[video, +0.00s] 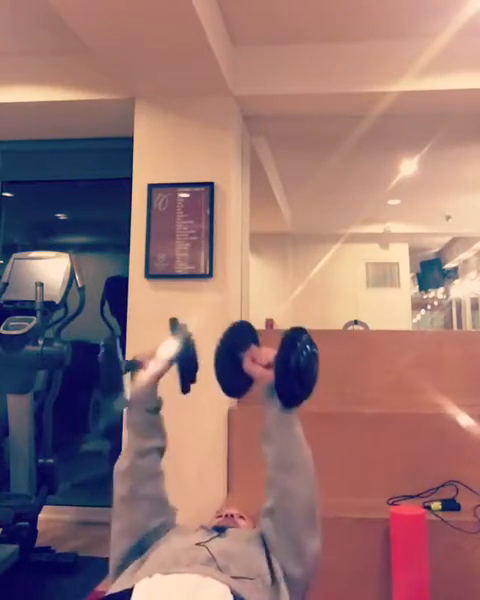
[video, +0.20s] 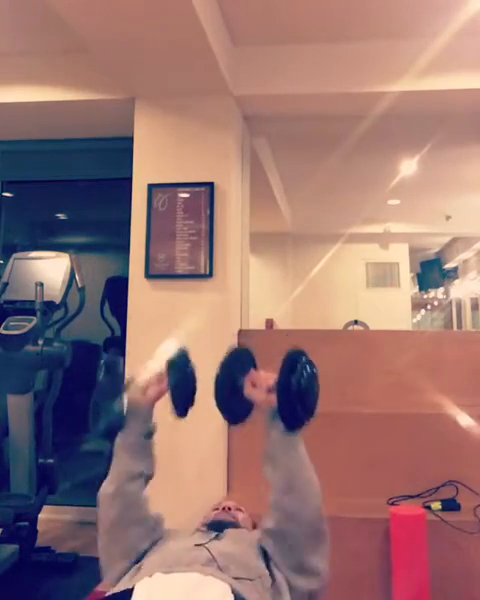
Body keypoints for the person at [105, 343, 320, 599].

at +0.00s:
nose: (228, 515)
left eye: (241, 518)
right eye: (221, 515)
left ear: (256, 532)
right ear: (204, 526)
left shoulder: (277, 559)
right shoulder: (149, 545)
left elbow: (293, 488)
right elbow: (137, 473)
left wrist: (274, 393)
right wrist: (143, 391)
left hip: (221, 589)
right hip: (143, 587)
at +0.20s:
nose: (226, 507)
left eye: (238, 510)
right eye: (218, 507)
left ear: (255, 529)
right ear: (199, 522)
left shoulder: (277, 561)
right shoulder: (144, 552)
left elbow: (299, 506)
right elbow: (120, 493)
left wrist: (277, 414)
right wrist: (139, 410)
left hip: (219, 589)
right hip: (145, 588)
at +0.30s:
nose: (225, 505)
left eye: (236, 507)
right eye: (217, 505)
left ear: (255, 528)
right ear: (198, 524)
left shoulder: (276, 556)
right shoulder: (151, 551)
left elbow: (322, 548)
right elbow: (97, 536)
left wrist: (288, 448)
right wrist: (124, 446)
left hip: (225, 588)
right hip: (150, 585)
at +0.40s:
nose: (226, 502)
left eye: (237, 503)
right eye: (217, 502)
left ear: (254, 525)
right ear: (199, 524)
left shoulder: (272, 551)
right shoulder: (157, 553)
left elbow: (331, 590)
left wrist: (300, 488)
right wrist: (112, 485)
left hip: (223, 589)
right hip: (153, 588)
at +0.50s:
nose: (226, 501)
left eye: (237, 502)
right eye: (217, 502)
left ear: (255, 525)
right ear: (198, 525)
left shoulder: (277, 556)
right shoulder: (157, 556)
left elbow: (327, 596)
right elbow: (94, 595)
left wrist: (305, 524)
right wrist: (106, 526)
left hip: (222, 590)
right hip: (150, 588)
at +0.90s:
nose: (222, 507)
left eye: (233, 508)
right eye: (214, 507)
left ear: (251, 528)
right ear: (196, 527)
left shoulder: (272, 551)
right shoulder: (152, 554)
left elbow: (329, 593)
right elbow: (82, 593)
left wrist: (302, 497)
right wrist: (106, 501)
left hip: (225, 588)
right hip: (154, 586)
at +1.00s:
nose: (223, 513)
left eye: (233, 515)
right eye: (215, 514)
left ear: (253, 531)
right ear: (196, 530)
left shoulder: (275, 553)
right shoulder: (154, 553)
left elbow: (329, 568)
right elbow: (88, 577)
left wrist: (293, 457)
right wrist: (117, 465)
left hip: (223, 590)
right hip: (149, 588)